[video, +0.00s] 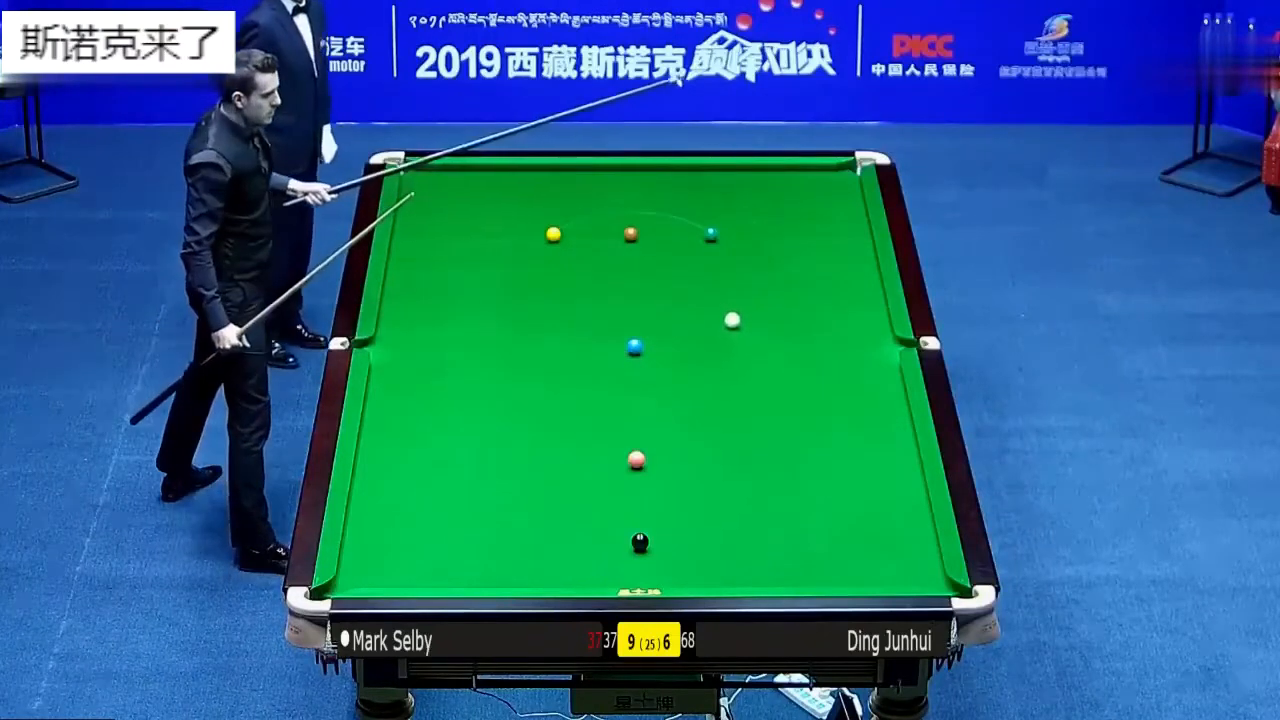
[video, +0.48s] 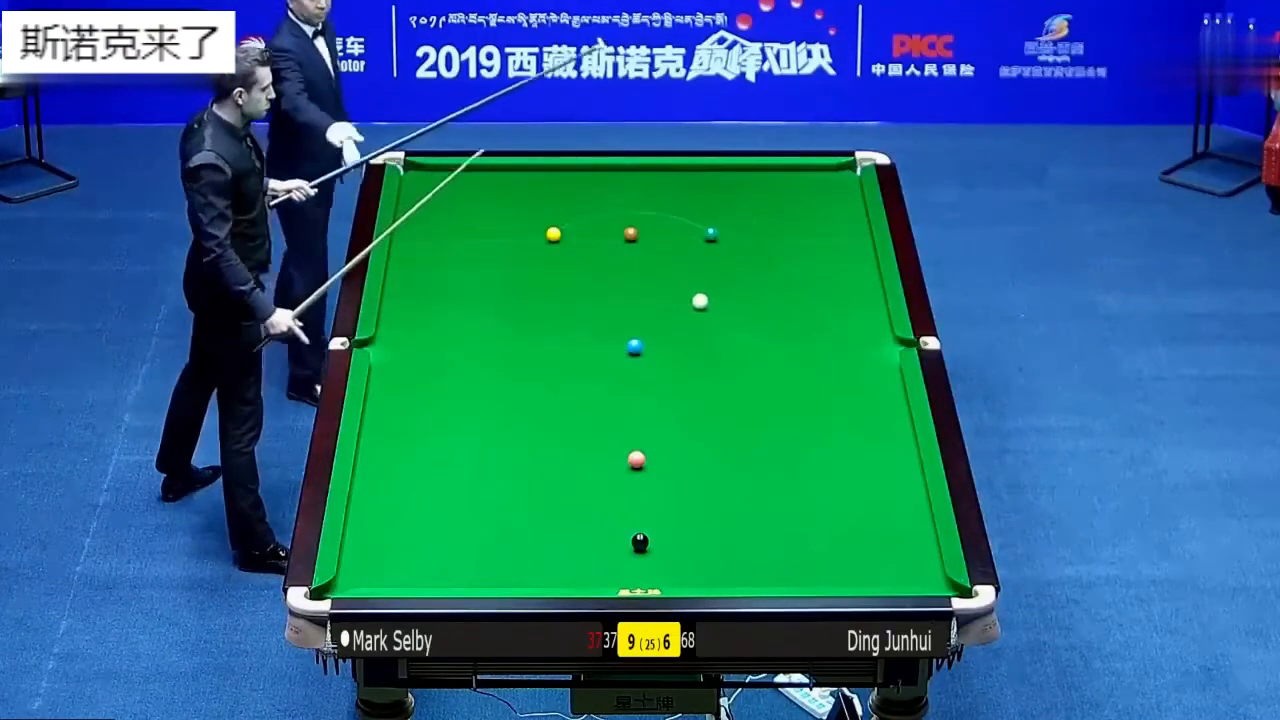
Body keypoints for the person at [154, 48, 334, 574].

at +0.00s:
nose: (276, 103)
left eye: (277, 94)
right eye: (269, 96)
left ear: (250, 94)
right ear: (240, 97)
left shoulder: (240, 123)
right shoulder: (214, 158)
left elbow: (248, 182)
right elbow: (196, 247)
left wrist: (294, 188)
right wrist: (217, 321)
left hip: (238, 286)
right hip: (233, 296)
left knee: (201, 381)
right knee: (251, 422)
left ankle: (176, 473)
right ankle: (254, 545)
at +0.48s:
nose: (272, 96)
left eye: (271, 87)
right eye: (264, 89)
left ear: (242, 88)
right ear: (236, 93)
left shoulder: (228, 121)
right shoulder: (210, 159)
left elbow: (234, 186)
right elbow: (216, 247)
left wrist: (271, 189)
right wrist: (263, 310)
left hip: (225, 284)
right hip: (230, 295)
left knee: (200, 375)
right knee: (241, 426)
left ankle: (176, 472)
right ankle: (253, 545)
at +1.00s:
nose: (267, 94)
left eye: (266, 85)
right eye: (261, 87)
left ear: (233, 86)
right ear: (237, 90)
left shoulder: (209, 122)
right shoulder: (214, 161)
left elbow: (220, 191)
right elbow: (244, 244)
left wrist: (262, 192)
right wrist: (301, 302)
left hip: (213, 280)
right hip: (230, 294)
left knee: (195, 378)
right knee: (241, 425)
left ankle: (175, 471)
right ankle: (253, 545)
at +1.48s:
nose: (266, 96)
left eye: (265, 87)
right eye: (260, 89)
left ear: (229, 88)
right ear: (234, 92)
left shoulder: (203, 121)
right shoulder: (213, 164)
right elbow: (245, 247)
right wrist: (301, 300)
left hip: (209, 280)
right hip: (227, 294)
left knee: (194, 378)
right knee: (241, 426)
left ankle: (175, 472)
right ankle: (253, 546)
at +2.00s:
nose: (267, 102)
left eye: (267, 93)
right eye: (262, 94)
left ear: (229, 92)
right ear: (235, 96)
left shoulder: (200, 121)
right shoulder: (212, 166)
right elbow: (245, 247)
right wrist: (300, 302)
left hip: (206, 284)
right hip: (226, 299)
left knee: (192, 379)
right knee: (239, 426)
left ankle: (175, 472)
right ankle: (253, 546)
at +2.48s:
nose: (265, 106)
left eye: (266, 97)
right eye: (262, 97)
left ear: (235, 94)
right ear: (238, 97)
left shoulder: (228, 139)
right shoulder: (216, 157)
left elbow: (241, 234)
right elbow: (239, 244)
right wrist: (299, 301)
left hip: (232, 300)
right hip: (223, 305)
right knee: (237, 425)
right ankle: (252, 545)